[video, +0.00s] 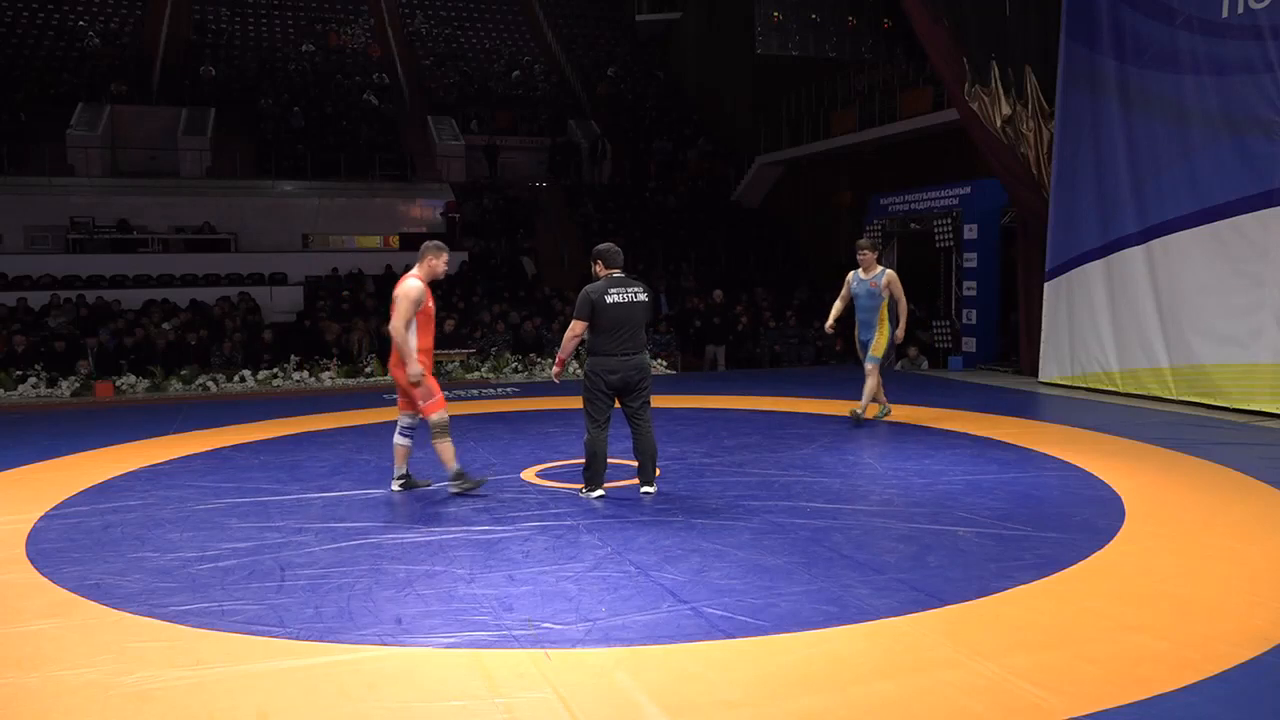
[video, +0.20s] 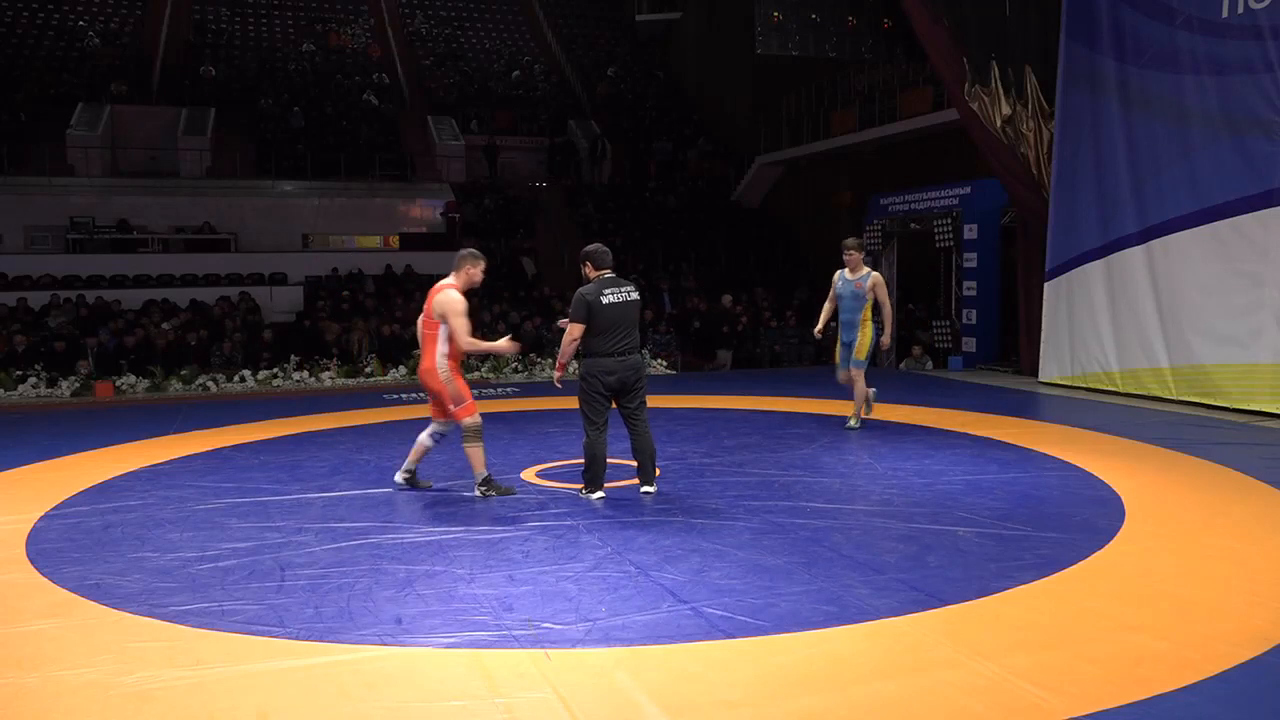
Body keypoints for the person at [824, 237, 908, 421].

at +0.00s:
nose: (860, 257)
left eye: (865, 254)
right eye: (858, 254)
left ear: (875, 255)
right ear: (856, 256)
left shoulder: (888, 276)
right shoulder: (852, 276)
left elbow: (901, 301)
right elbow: (842, 300)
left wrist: (901, 328)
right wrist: (831, 318)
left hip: (880, 330)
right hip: (860, 330)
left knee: (871, 367)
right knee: (870, 369)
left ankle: (861, 409)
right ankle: (883, 403)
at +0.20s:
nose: (847, 258)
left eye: (851, 254)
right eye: (845, 254)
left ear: (861, 255)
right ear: (843, 255)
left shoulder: (874, 278)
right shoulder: (839, 276)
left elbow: (885, 306)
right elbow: (830, 301)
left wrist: (887, 333)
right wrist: (821, 324)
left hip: (863, 331)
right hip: (843, 331)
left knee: (857, 373)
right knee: (843, 376)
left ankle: (856, 415)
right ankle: (867, 393)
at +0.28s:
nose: (839, 255)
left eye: (843, 252)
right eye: (837, 252)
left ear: (854, 253)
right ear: (835, 253)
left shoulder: (867, 275)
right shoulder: (833, 274)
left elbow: (879, 303)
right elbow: (827, 301)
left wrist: (878, 331)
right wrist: (821, 325)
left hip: (857, 332)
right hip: (836, 331)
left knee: (855, 373)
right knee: (829, 372)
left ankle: (856, 414)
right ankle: (853, 399)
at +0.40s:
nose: (827, 256)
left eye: (831, 252)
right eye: (825, 252)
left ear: (842, 252)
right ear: (823, 254)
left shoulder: (856, 274)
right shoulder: (822, 274)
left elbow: (870, 301)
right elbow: (820, 303)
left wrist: (864, 327)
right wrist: (820, 328)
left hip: (848, 334)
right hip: (826, 332)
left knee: (851, 375)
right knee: (813, 370)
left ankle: (854, 415)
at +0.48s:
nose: (817, 258)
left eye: (822, 254)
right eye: (815, 254)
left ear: (833, 254)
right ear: (814, 256)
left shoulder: (848, 275)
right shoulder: (815, 277)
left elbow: (863, 300)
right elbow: (814, 306)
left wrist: (855, 325)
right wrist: (814, 330)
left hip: (840, 334)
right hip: (818, 334)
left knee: (847, 377)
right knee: (807, 376)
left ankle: (853, 415)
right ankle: (797, 416)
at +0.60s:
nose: (804, 260)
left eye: (808, 256)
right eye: (802, 256)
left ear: (819, 256)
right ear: (799, 258)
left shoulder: (833, 277)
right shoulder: (800, 280)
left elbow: (848, 301)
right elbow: (803, 308)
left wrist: (843, 325)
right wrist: (800, 332)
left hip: (825, 338)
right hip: (802, 337)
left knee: (833, 380)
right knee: (794, 378)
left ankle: (849, 412)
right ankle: (791, 422)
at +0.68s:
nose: (794, 259)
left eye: (799, 255)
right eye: (792, 255)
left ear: (810, 254)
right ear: (790, 257)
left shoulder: (825, 276)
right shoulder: (791, 279)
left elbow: (839, 302)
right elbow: (791, 307)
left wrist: (834, 327)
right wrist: (790, 332)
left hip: (815, 338)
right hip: (792, 336)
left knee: (816, 383)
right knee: (788, 379)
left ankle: (837, 404)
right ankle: (790, 422)